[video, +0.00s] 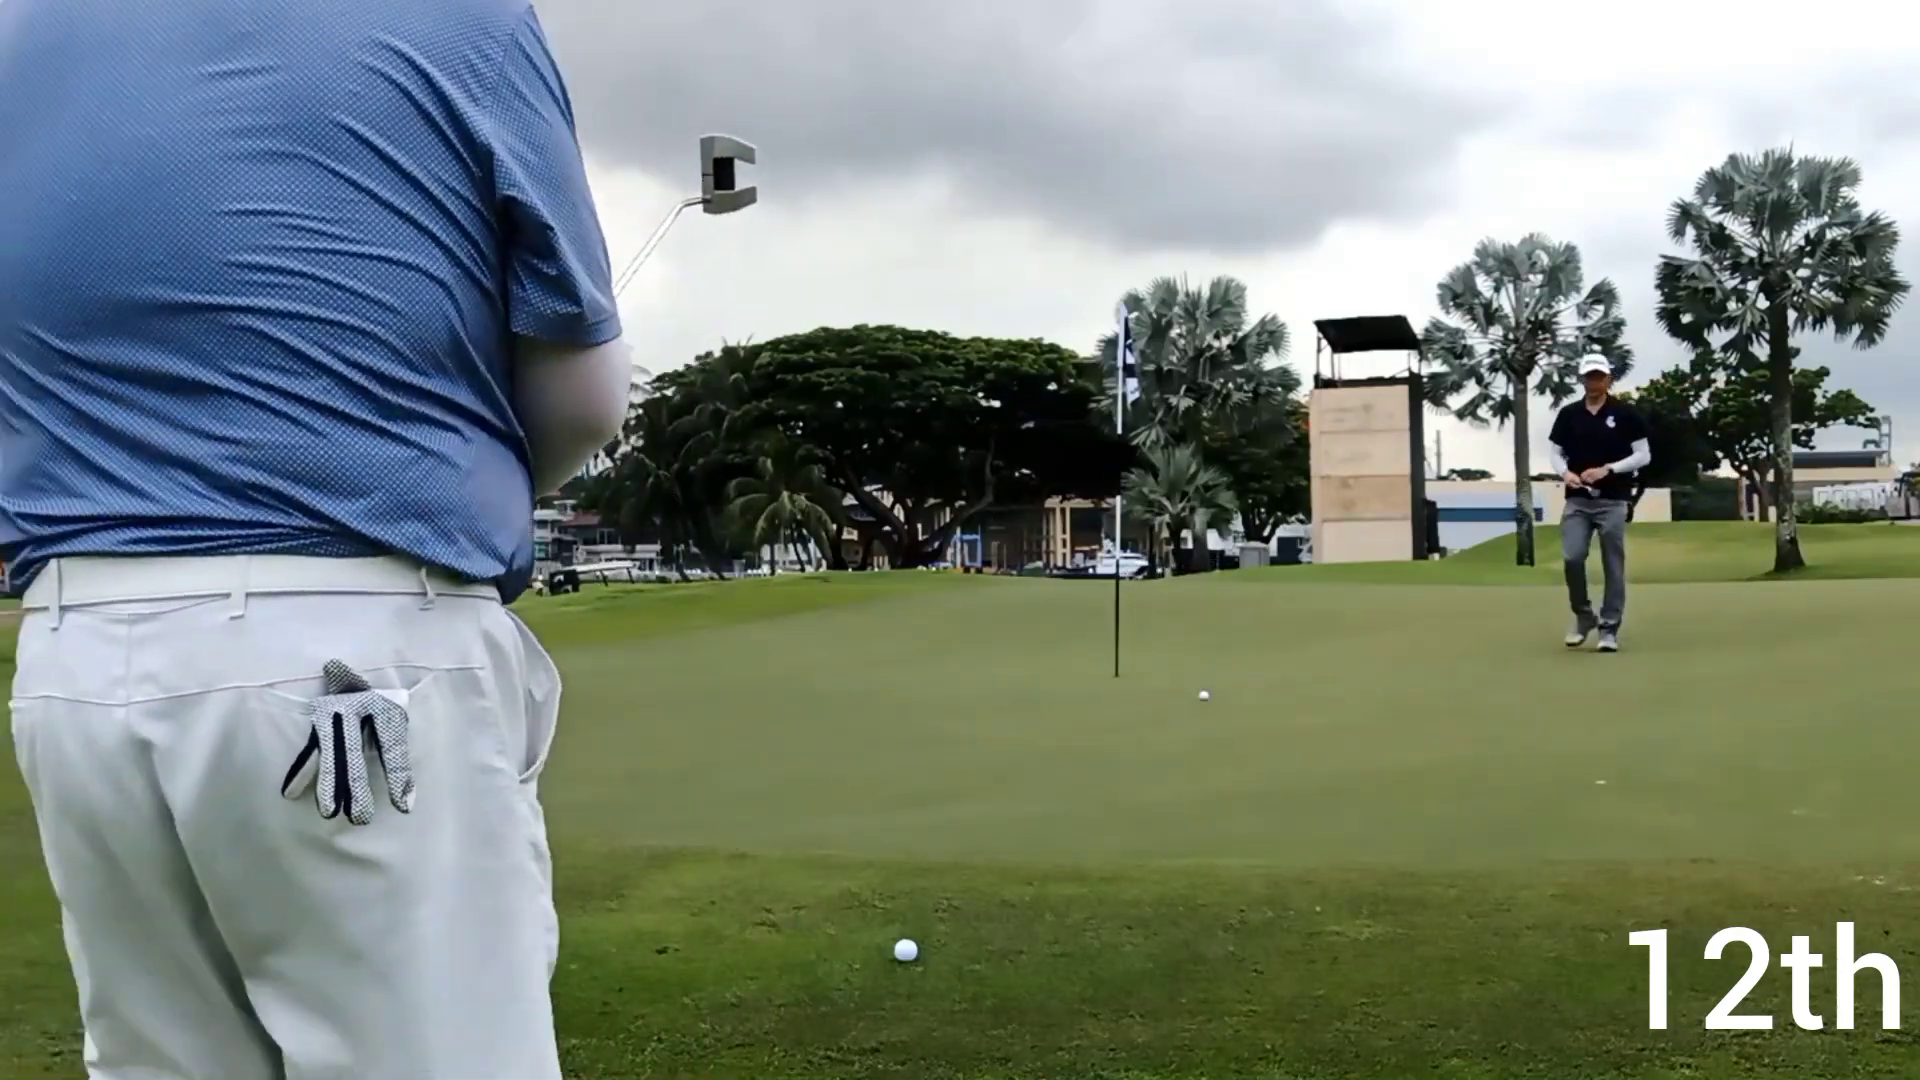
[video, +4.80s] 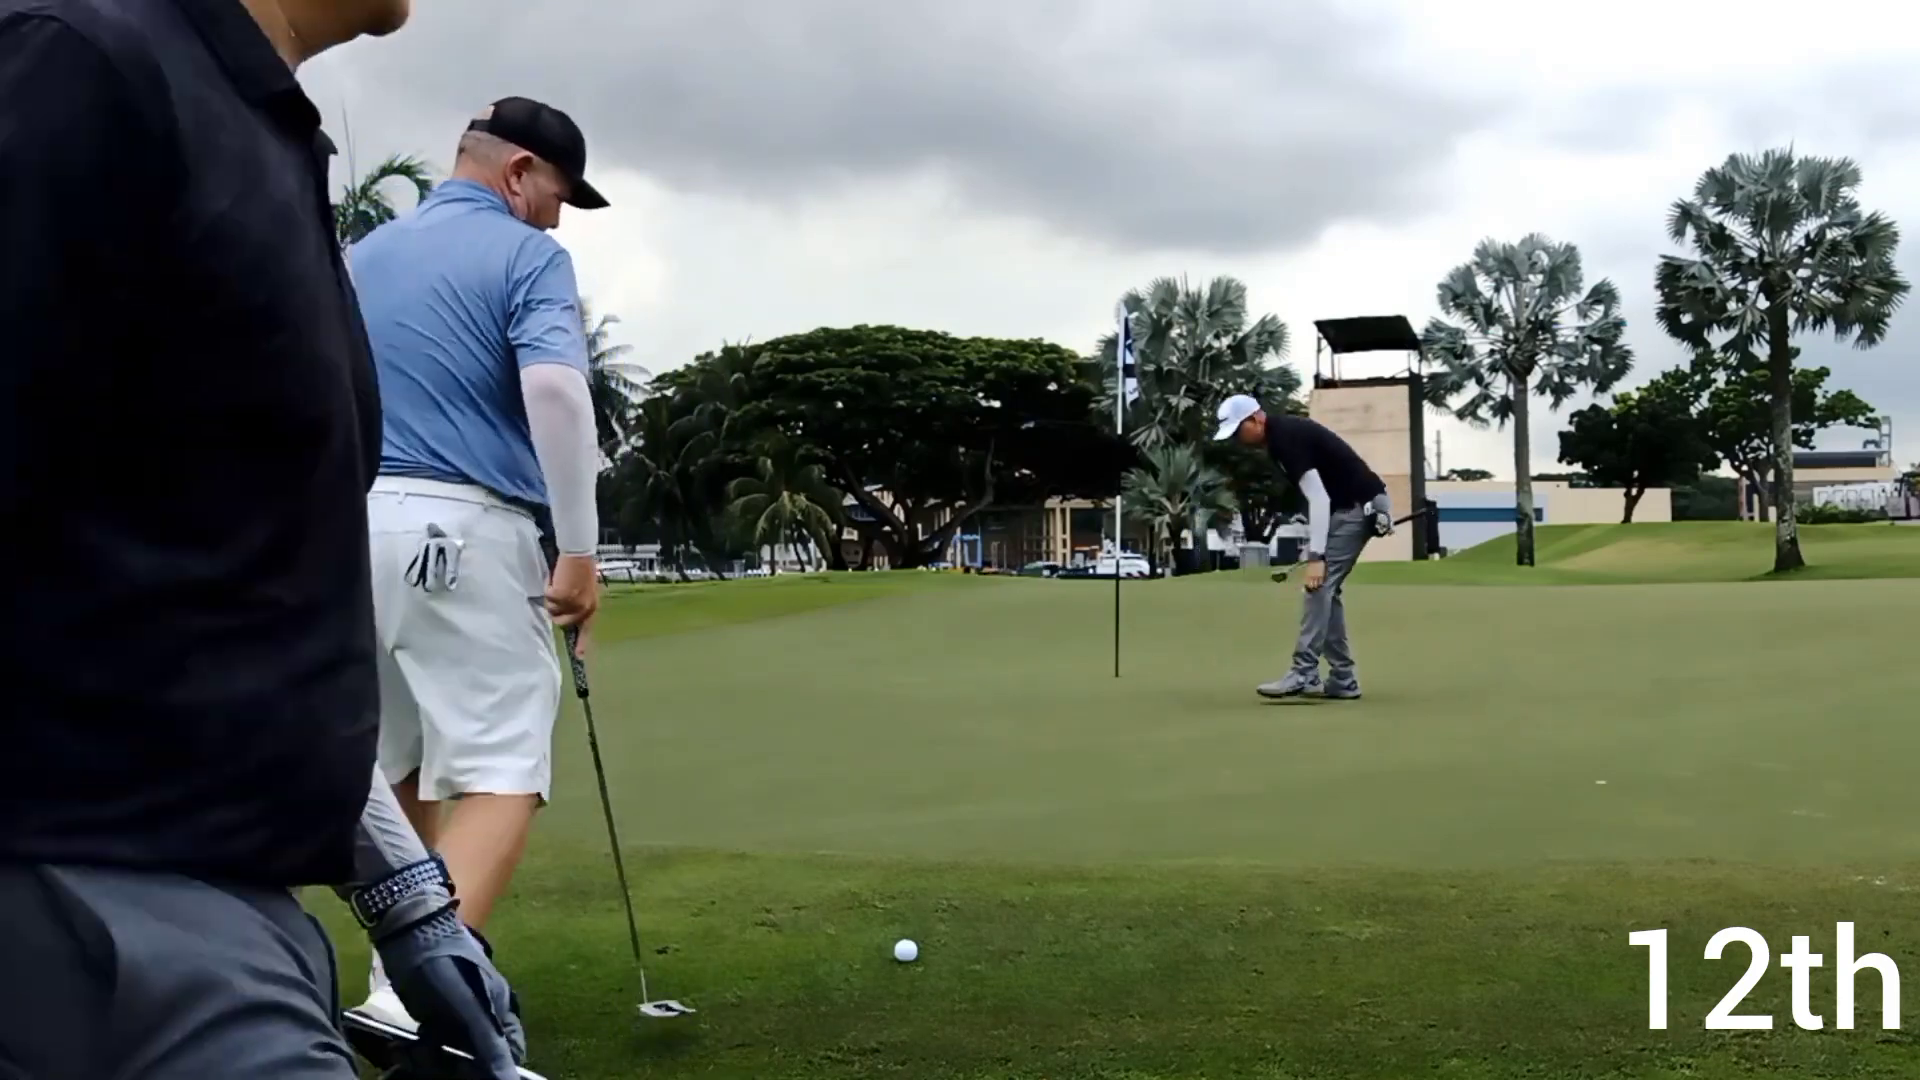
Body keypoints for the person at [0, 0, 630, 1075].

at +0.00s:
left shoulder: (27, 31)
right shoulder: (470, 23)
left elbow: (36, 353)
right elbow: (577, 392)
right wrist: (466, 487)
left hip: (78, 642)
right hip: (367, 636)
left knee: (158, 1062)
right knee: (435, 1060)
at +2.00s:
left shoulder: (172, 52)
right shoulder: (571, 40)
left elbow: (175, 333)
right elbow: (683, 390)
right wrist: (560, 492)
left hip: (238, 617)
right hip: (494, 621)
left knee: (253, 1058)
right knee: (503, 1058)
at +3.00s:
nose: (546, 22)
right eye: (546, 17)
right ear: (521, 4)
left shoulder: (206, 112)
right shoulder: (608, 108)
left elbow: (137, 436)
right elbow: (698, 439)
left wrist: (275, 536)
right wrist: (577, 552)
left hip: (250, 625)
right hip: (499, 620)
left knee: (286, 1043)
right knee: (473, 1055)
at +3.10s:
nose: (531, 39)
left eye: (535, 23)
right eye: (536, 21)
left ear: (367, 10)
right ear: (507, 11)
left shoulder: (200, 147)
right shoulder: (600, 139)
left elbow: (107, 452)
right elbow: (689, 457)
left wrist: (192, 668)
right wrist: (611, 587)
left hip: (252, 630)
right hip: (499, 623)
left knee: (287, 1037)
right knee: (466, 1052)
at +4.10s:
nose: (501, 169)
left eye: (504, 151)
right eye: (506, 148)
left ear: (378, 115)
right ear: (476, 126)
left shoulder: (256, 217)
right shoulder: (525, 239)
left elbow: (181, 421)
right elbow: (596, 438)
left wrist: (250, 526)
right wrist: (603, 603)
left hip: (291, 565)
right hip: (457, 564)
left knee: (297, 865)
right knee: (427, 879)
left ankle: (291, 1076)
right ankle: (398, 1075)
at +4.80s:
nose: (558, 221)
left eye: (563, 205)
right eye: (559, 199)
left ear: (472, 165)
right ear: (523, 172)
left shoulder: (365, 249)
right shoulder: (528, 254)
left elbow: (324, 382)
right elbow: (554, 389)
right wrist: (579, 547)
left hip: (351, 524)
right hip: (468, 529)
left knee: (400, 774)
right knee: (499, 774)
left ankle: (402, 988)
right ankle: (414, 992)